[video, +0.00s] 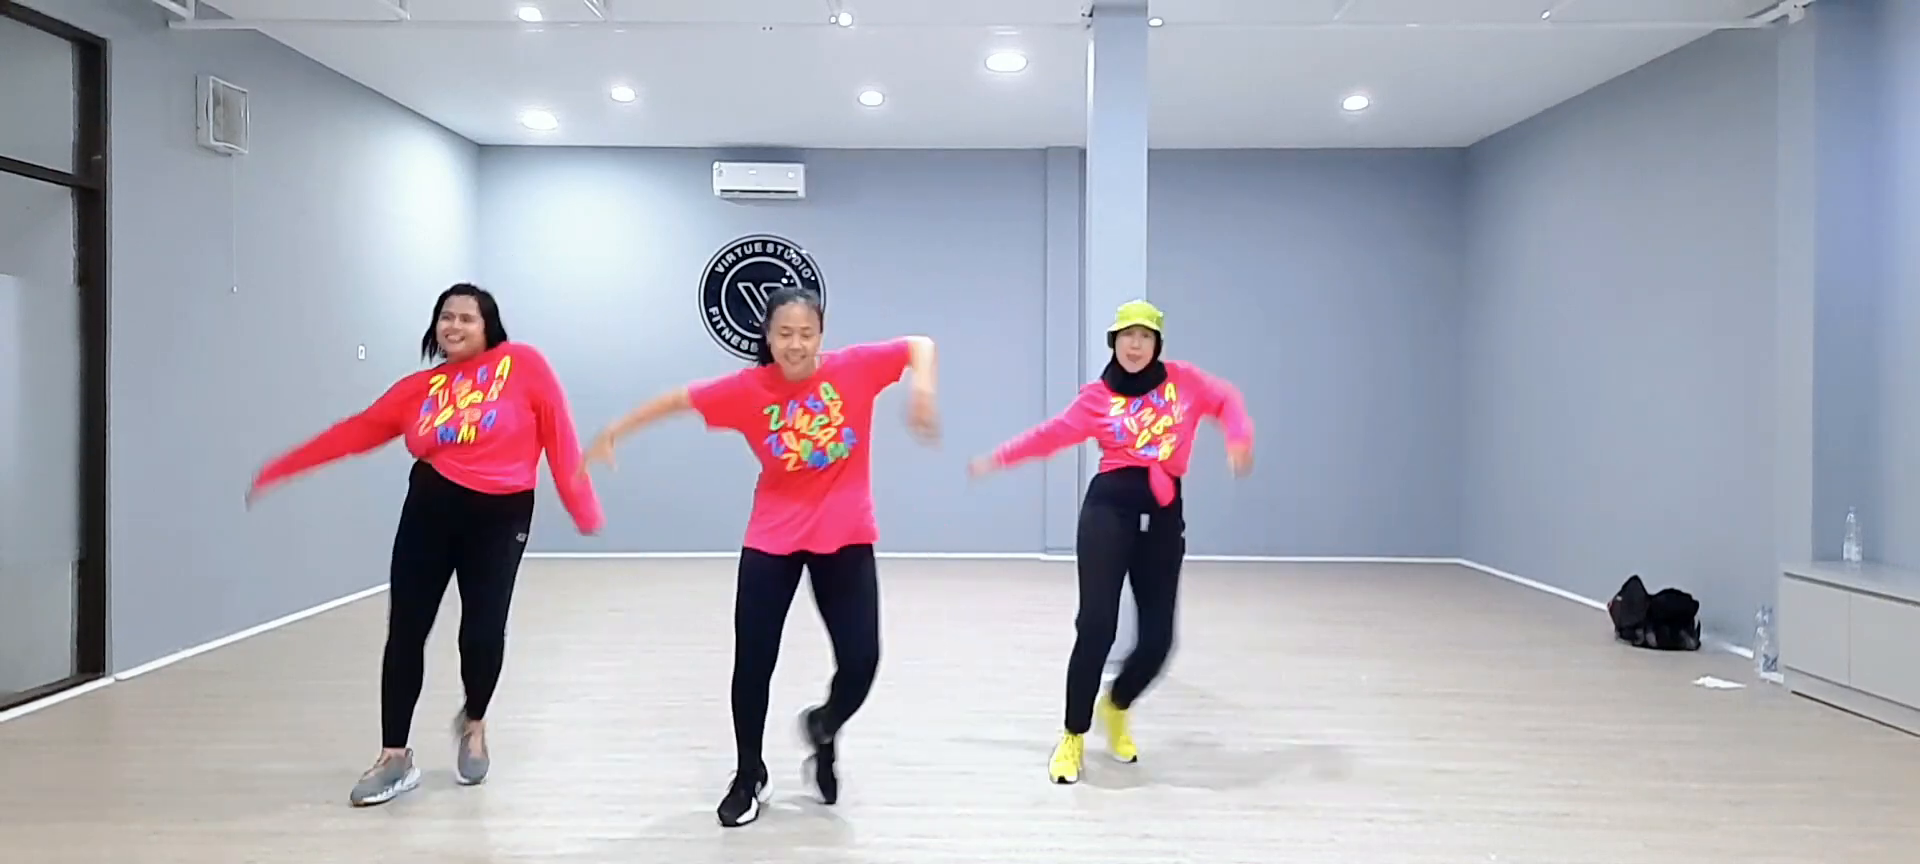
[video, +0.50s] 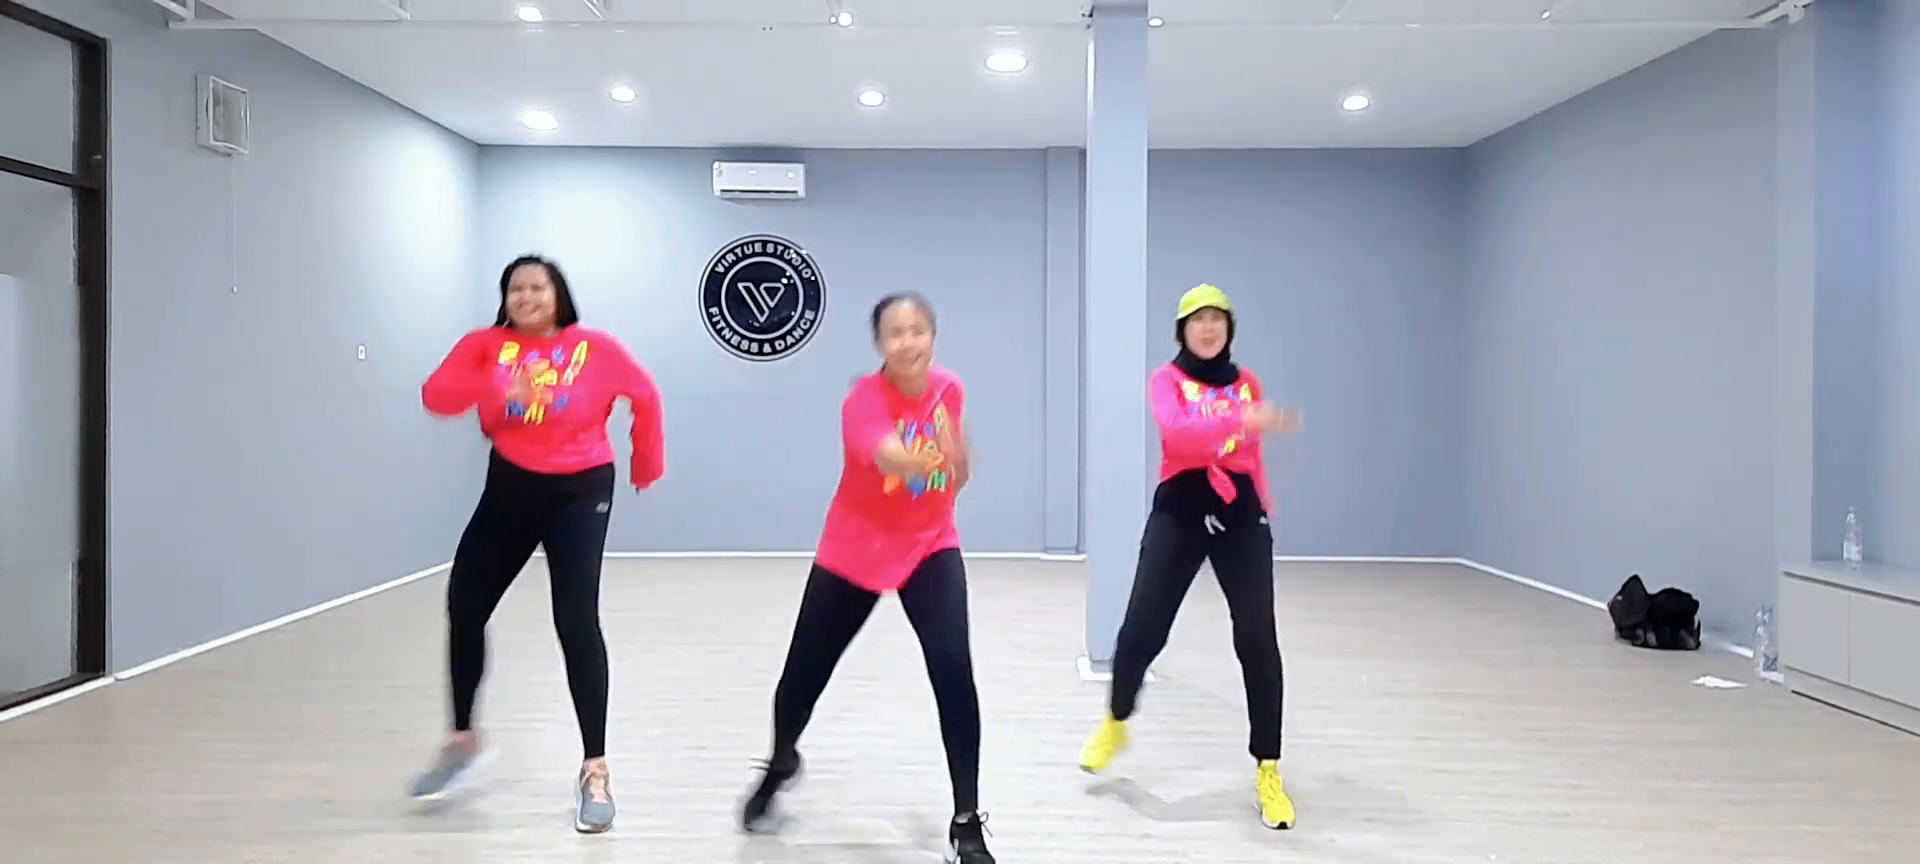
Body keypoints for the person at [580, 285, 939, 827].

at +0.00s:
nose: (796, 344)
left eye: (806, 333)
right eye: (785, 334)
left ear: (822, 337)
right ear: (768, 338)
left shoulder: (851, 368)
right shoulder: (747, 389)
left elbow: (922, 346)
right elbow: (677, 401)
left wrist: (922, 394)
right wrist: (612, 432)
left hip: (844, 533)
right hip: (774, 534)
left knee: (861, 661)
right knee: (752, 660)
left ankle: (823, 728)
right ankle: (749, 772)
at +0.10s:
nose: (814, 337)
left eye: (824, 326)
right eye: (803, 327)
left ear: (838, 328)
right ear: (786, 331)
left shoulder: (866, 359)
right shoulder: (765, 389)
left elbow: (926, 355)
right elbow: (706, 450)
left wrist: (971, 400)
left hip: (857, 521)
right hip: (784, 525)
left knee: (887, 631)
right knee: (755, 649)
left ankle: (870, 745)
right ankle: (746, 763)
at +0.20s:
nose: (837, 342)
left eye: (847, 331)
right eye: (826, 331)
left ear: (862, 332)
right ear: (808, 334)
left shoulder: (883, 360)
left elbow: (925, 369)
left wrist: (973, 401)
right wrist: (758, 580)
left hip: (875, 519)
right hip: (804, 525)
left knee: (905, 638)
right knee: (754, 642)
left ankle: (935, 777)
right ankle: (752, 757)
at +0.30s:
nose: (862, 365)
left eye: (872, 354)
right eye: (849, 354)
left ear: (887, 360)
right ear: (830, 360)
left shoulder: (895, 390)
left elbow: (925, 404)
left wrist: (956, 425)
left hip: (897, 561)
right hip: (822, 565)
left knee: (932, 677)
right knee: (764, 682)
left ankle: (964, 814)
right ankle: (755, 766)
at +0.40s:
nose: (886, 370)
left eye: (895, 359)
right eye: (873, 361)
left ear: (911, 365)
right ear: (855, 373)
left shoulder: (924, 408)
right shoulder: (850, 437)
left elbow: (935, 444)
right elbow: (895, 502)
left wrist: (945, 464)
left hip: (916, 571)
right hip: (848, 578)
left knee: (956, 678)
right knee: (794, 701)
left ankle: (968, 823)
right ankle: (753, 768)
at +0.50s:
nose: (908, 342)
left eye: (918, 331)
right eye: (896, 333)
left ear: (933, 338)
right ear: (878, 344)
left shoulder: (949, 391)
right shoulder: (864, 398)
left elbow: (958, 471)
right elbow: (880, 450)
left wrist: (955, 458)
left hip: (928, 546)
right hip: (855, 547)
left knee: (953, 671)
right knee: (801, 675)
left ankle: (968, 818)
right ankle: (781, 763)